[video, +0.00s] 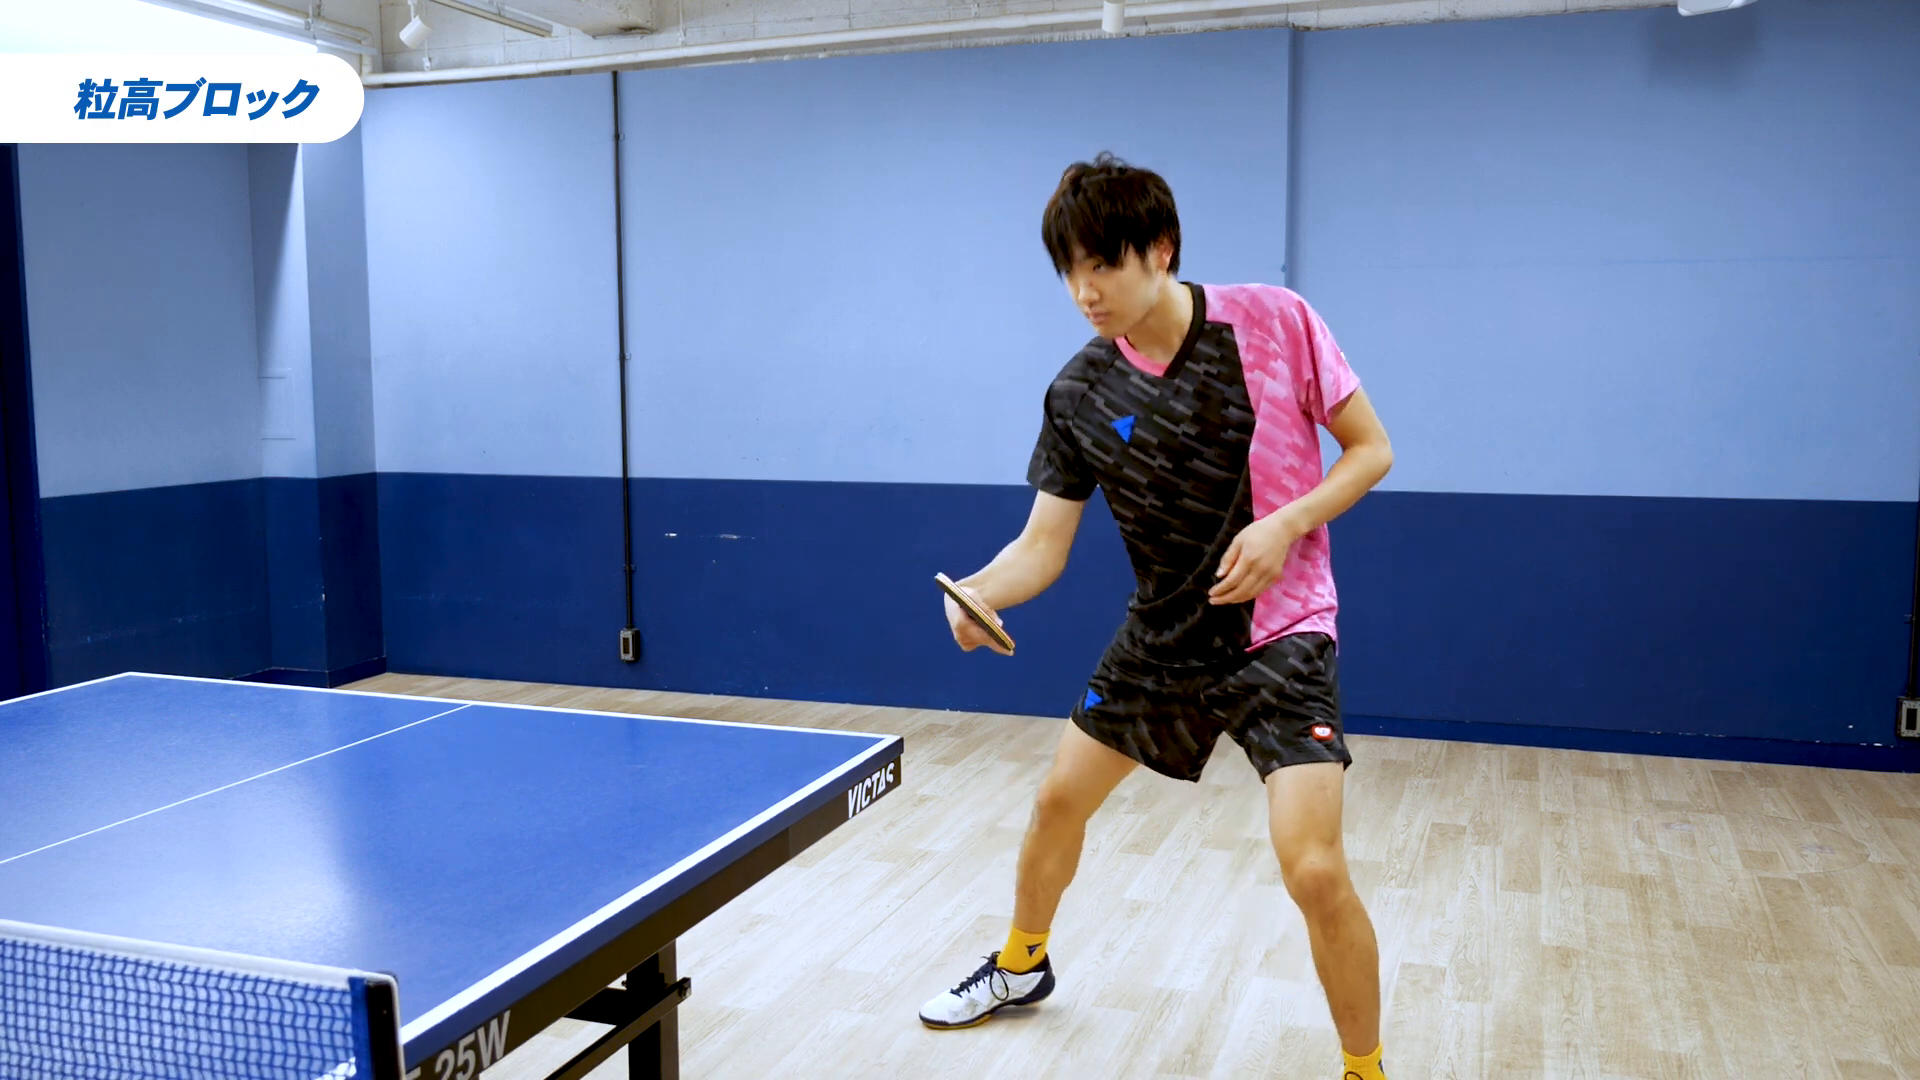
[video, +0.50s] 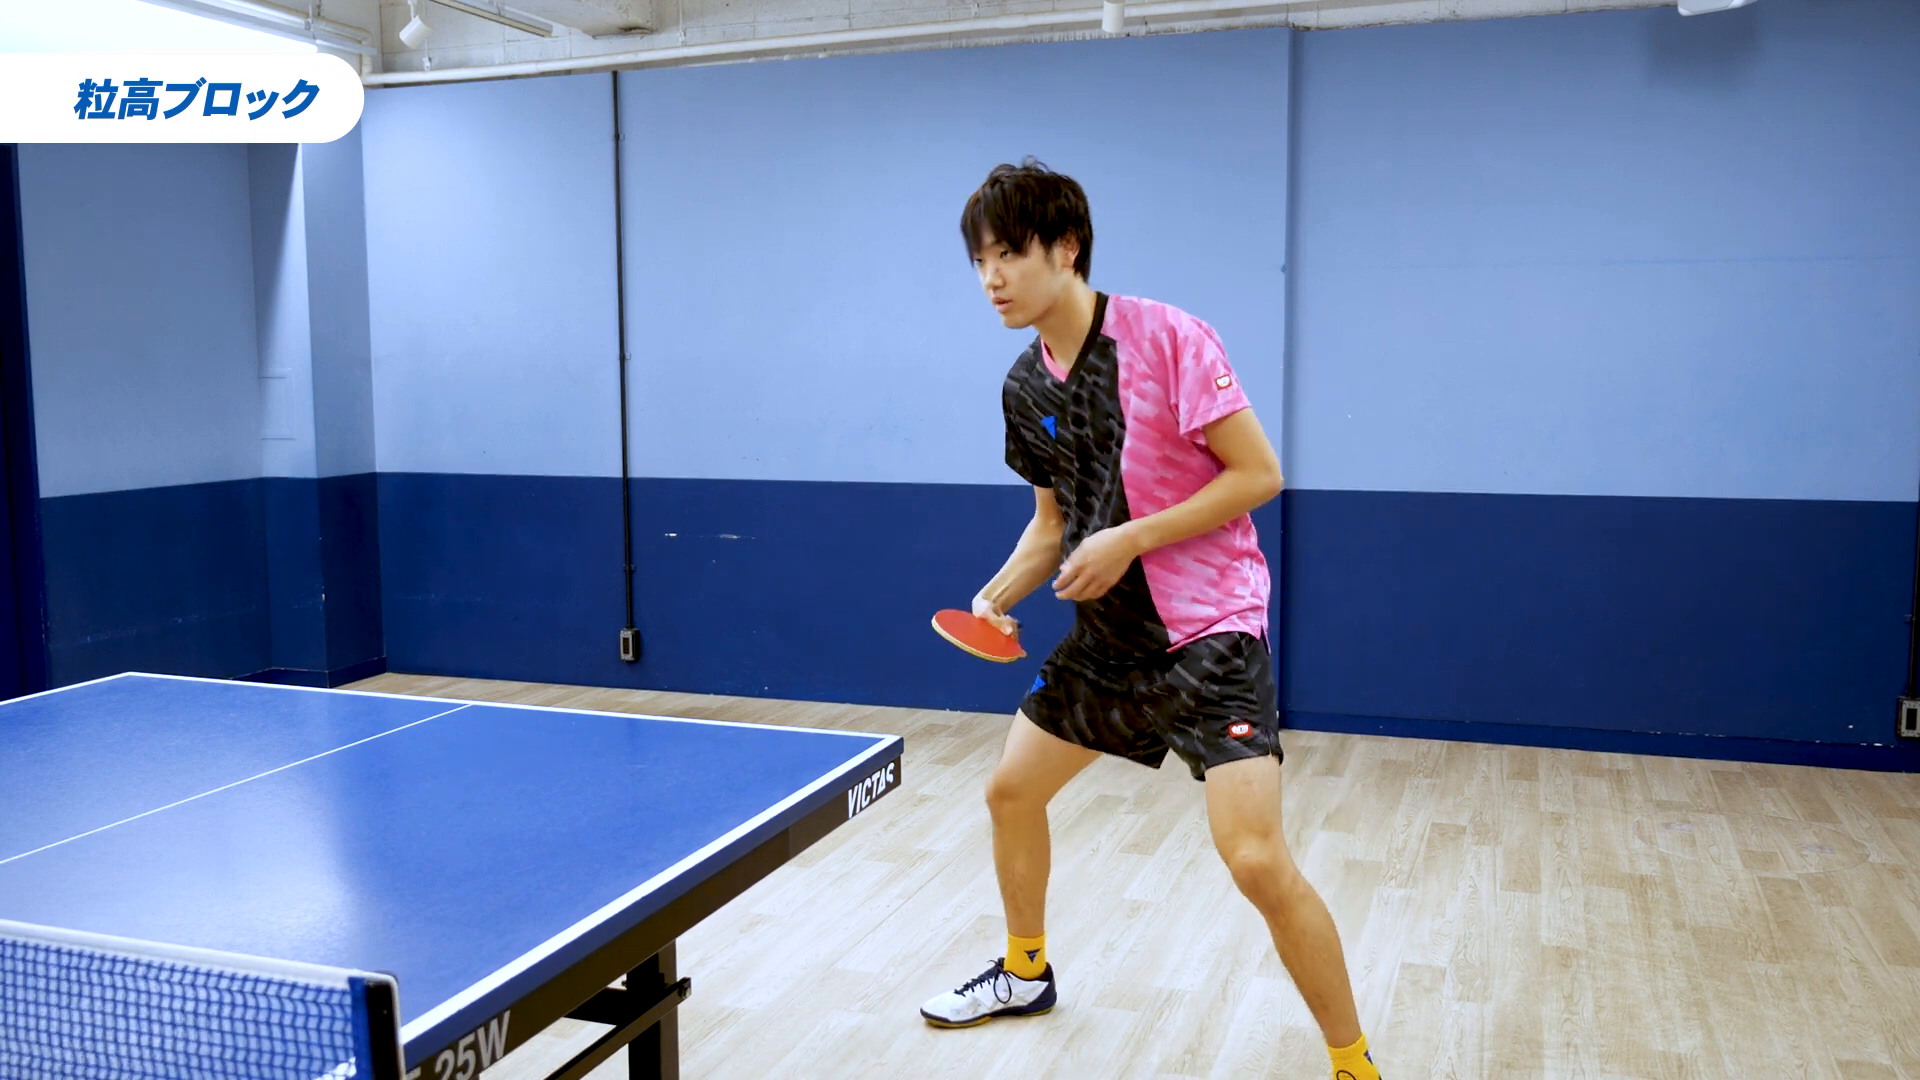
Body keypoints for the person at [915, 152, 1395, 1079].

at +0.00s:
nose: (1084, 290)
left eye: (1101, 264)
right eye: (1071, 271)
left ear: (1160, 251)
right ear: (1065, 273)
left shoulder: (1275, 322)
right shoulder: (1081, 393)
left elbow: (1371, 449)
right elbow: (1042, 543)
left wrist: (1285, 526)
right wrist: (979, 588)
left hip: (1282, 626)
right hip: (1165, 628)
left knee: (1315, 872)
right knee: (1059, 797)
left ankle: (1364, 1068)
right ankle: (1022, 962)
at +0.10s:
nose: (1079, 275)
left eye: (1097, 250)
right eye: (1067, 256)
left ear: (1157, 241)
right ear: (1063, 261)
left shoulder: (1268, 326)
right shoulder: (1078, 385)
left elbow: (1358, 463)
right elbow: (1047, 534)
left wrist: (1255, 533)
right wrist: (982, 585)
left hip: (1268, 627)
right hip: (1153, 626)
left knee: (1305, 875)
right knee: (1045, 799)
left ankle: (1363, 1069)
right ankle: (1023, 964)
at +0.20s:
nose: (1067, 280)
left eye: (1085, 256)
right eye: (1056, 261)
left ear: (1144, 252)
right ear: (1050, 267)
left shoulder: (1249, 345)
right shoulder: (1070, 392)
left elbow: (1337, 487)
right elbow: (1051, 538)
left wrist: (1220, 548)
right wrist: (987, 600)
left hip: (1247, 645)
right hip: (1133, 643)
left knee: (1285, 885)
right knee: (1023, 807)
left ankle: (1360, 1068)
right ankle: (1025, 973)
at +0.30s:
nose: (1043, 292)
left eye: (1062, 268)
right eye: (1032, 274)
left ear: (1119, 265)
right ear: (1029, 284)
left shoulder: (1218, 358)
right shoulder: (1055, 401)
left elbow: (1304, 503)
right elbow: (1052, 552)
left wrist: (1180, 565)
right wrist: (987, 617)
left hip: (1229, 657)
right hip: (1118, 655)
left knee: (1264, 887)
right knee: (999, 807)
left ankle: (1357, 1069)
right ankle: (1023, 973)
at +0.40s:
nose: (1013, 286)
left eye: (1031, 262)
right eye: (1003, 269)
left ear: (1090, 259)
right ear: (1003, 277)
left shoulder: (1190, 352)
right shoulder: (1038, 396)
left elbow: (1276, 491)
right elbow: (1054, 538)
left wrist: (1154, 553)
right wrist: (996, 607)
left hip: (1217, 644)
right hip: (1110, 645)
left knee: (1255, 872)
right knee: (1000, 802)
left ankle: (1356, 1067)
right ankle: (1023, 973)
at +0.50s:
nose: (992, 278)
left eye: (1009, 255)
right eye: (981, 261)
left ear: (1067, 249)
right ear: (981, 268)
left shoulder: (1168, 339)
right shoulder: (1026, 385)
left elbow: (1260, 475)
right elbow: (1054, 521)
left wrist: (1130, 539)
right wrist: (995, 599)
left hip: (1213, 634)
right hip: (1110, 635)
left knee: (1255, 859)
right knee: (1013, 793)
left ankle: (1354, 1064)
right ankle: (1024, 971)